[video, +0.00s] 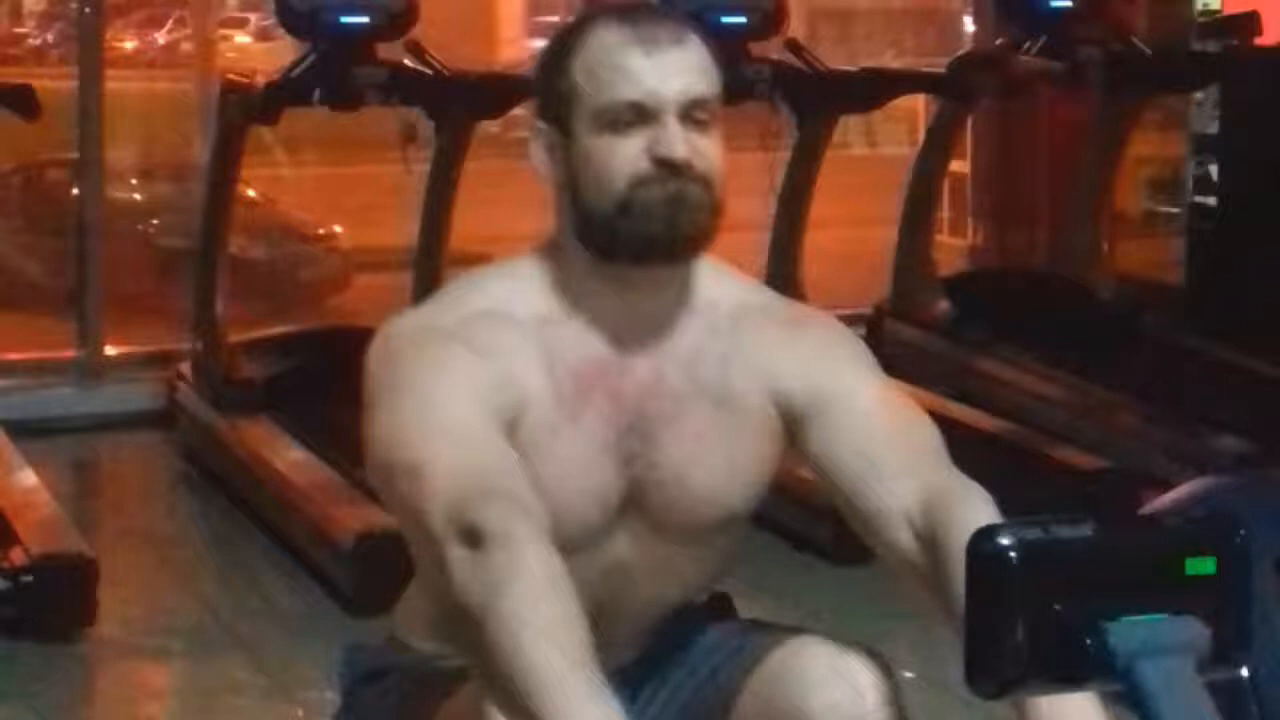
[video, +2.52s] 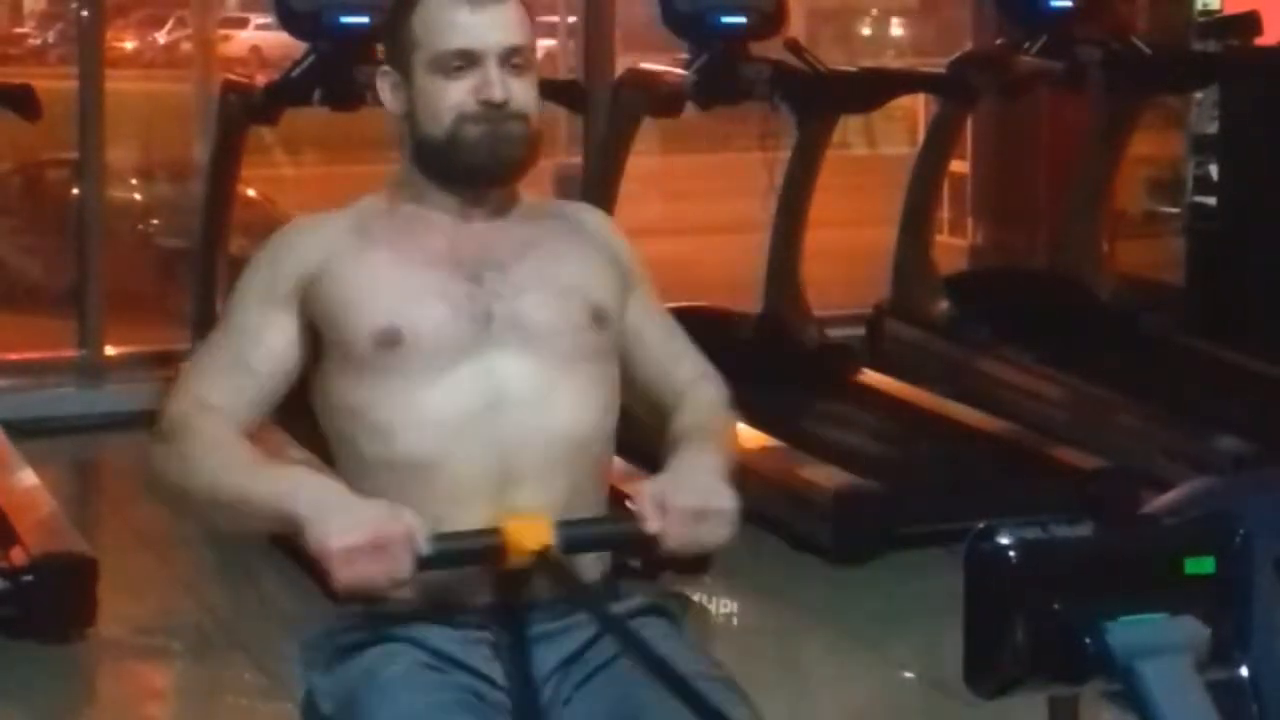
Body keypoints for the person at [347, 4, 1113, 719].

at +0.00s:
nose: (673, 149)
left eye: (697, 118)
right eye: (626, 121)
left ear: (724, 140)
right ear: (548, 153)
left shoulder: (792, 344)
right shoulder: (439, 352)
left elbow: (934, 513)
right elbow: (495, 554)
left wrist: (1062, 683)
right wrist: (589, 713)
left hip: (656, 659)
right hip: (450, 667)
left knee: (841, 687)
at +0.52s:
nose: (516, 76)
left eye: (537, 50)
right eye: (476, 52)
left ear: (566, 70)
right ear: (412, 76)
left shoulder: (640, 242)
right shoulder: (335, 257)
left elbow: (769, 389)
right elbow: (289, 434)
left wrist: (822, 502)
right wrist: (423, 546)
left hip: (601, 624)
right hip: (413, 631)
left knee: (733, 710)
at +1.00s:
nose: (514, 100)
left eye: (532, 77)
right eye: (477, 76)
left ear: (555, 96)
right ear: (412, 98)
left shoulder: (600, 254)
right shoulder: (328, 264)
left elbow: (726, 405)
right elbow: (189, 450)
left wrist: (719, 467)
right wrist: (319, 497)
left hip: (609, 625)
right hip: (423, 634)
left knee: (755, 713)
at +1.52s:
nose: (618, 111)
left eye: (643, 78)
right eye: (575, 82)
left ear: (674, 100)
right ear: (506, 114)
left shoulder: (743, 302)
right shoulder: (403, 312)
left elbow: (890, 453)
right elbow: (408, 524)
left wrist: (971, 627)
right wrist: (538, 698)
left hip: (650, 652)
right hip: (448, 662)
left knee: (817, 699)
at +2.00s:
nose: (661, 146)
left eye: (684, 110)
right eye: (614, 115)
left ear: (712, 131)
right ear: (536, 146)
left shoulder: (785, 329)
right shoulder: (437, 338)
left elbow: (933, 509)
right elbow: (464, 568)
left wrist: (1052, 689)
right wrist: (568, 718)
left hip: (667, 661)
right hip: (476, 676)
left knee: (849, 682)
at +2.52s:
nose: (495, 92)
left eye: (514, 64)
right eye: (458, 68)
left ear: (536, 78)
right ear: (395, 88)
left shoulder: (589, 239)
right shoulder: (315, 253)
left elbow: (696, 394)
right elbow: (184, 438)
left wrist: (699, 470)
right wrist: (317, 500)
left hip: (602, 621)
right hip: (413, 635)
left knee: (710, 705)